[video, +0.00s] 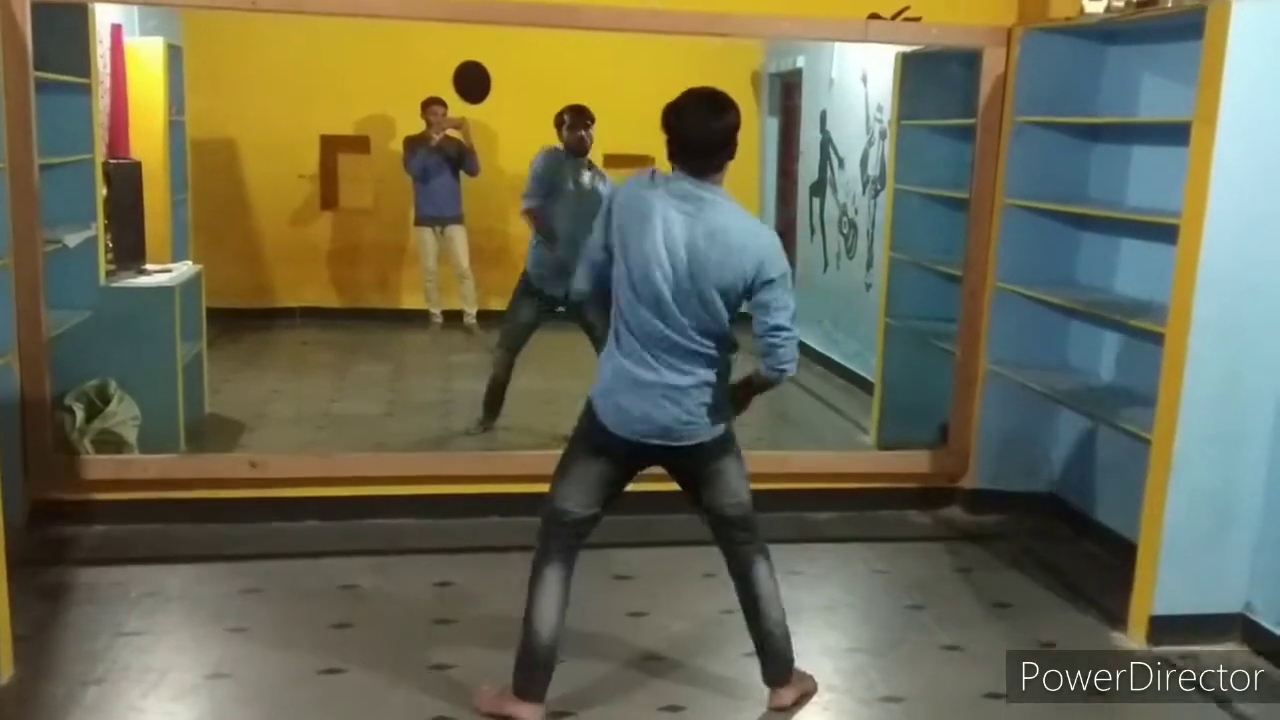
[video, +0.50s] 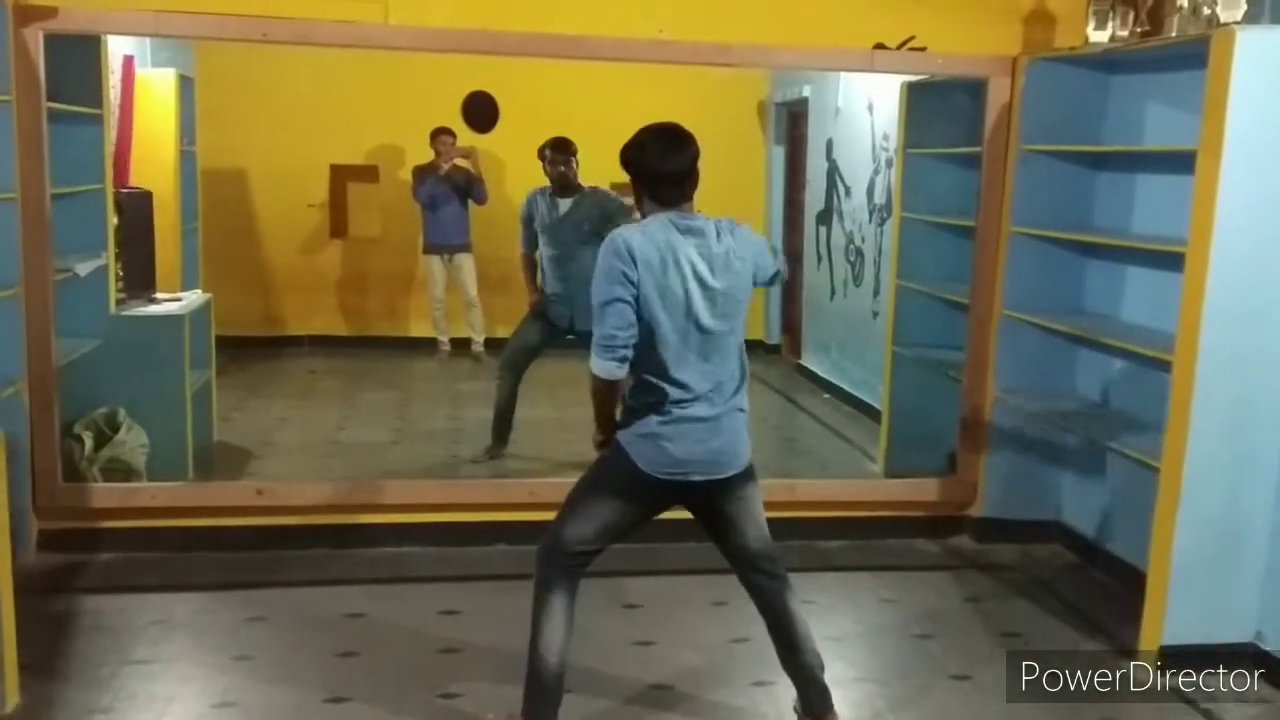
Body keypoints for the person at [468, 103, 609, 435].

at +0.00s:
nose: (584, 133)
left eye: (588, 127)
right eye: (576, 128)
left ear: (594, 131)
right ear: (561, 132)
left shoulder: (601, 179)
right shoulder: (549, 160)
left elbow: (611, 223)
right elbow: (531, 207)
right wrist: (551, 241)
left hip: (585, 281)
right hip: (541, 280)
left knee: (615, 355)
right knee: (506, 349)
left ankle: (628, 427)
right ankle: (488, 418)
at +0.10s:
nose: (574, 140)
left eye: (579, 133)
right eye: (566, 134)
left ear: (587, 138)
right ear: (553, 138)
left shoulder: (597, 188)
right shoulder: (537, 173)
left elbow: (610, 236)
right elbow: (506, 218)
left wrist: (602, 279)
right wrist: (513, 266)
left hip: (580, 286)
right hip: (537, 284)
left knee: (615, 352)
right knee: (502, 351)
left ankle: (633, 425)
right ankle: (488, 423)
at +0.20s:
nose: (571, 148)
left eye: (577, 142)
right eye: (563, 143)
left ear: (584, 147)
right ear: (550, 148)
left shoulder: (598, 197)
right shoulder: (531, 185)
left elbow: (611, 245)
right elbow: (504, 230)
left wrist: (604, 288)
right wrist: (511, 276)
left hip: (583, 296)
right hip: (539, 294)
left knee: (617, 365)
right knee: (501, 359)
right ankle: (489, 431)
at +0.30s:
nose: (571, 159)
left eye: (576, 152)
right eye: (563, 153)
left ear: (584, 155)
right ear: (549, 157)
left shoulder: (601, 198)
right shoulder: (535, 192)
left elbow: (631, 231)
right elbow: (513, 239)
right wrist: (519, 284)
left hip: (589, 302)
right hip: (545, 300)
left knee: (624, 373)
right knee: (501, 358)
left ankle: (616, 436)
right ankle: (494, 432)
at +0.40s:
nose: (567, 165)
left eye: (572, 158)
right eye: (560, 159)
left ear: (581, 160)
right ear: (547, 163)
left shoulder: (602, 196)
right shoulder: (537, 198)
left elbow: (648, 205)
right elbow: (523, 245)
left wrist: (614, 190)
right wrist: (528, 289)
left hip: (594, 305)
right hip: (550, 304)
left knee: (625, 367)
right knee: (505, 358)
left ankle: (627, 438)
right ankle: (495, 439)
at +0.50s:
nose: (562, 170)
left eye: (568, 163)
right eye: (555, 164)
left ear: (577, 164)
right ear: (543, 166)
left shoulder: (601, 202)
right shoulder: (535, 203)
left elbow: (639, 228)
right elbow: (528, 252)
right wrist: (533, 291)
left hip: (596, 311)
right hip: (553, 309)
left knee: (623, 372)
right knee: (509, 363)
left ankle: (621, 440)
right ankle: (498, 443)